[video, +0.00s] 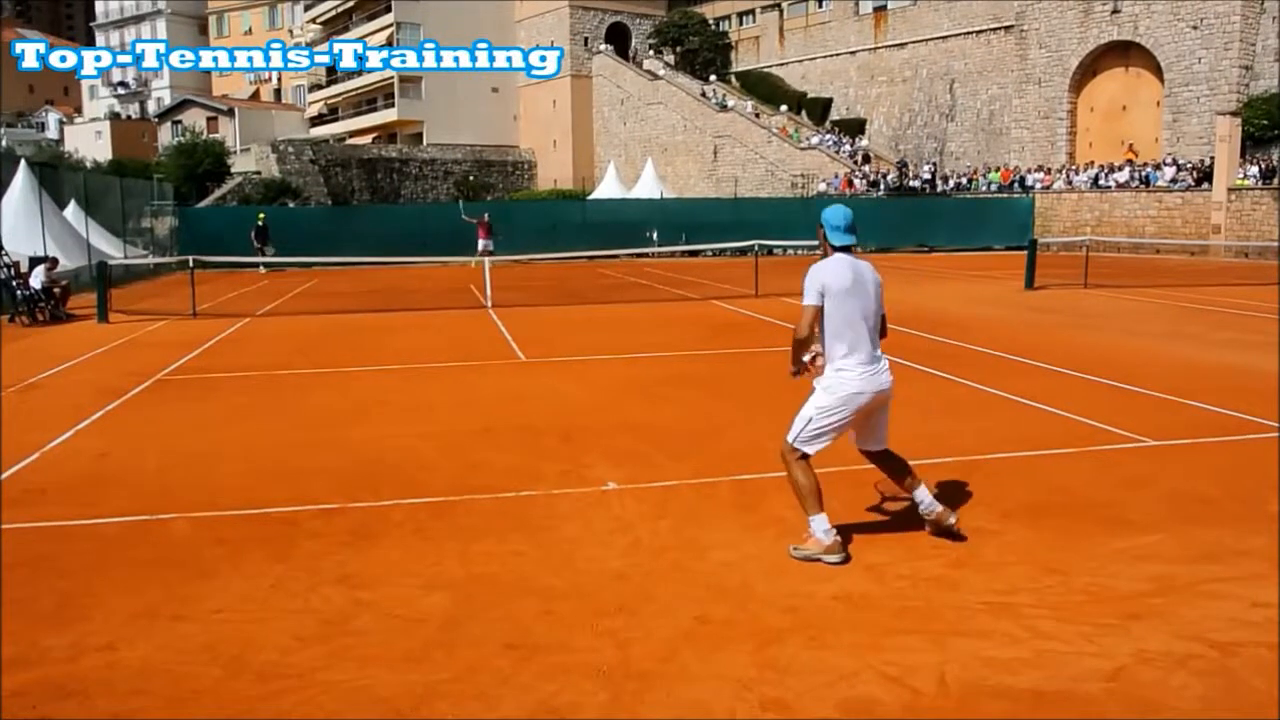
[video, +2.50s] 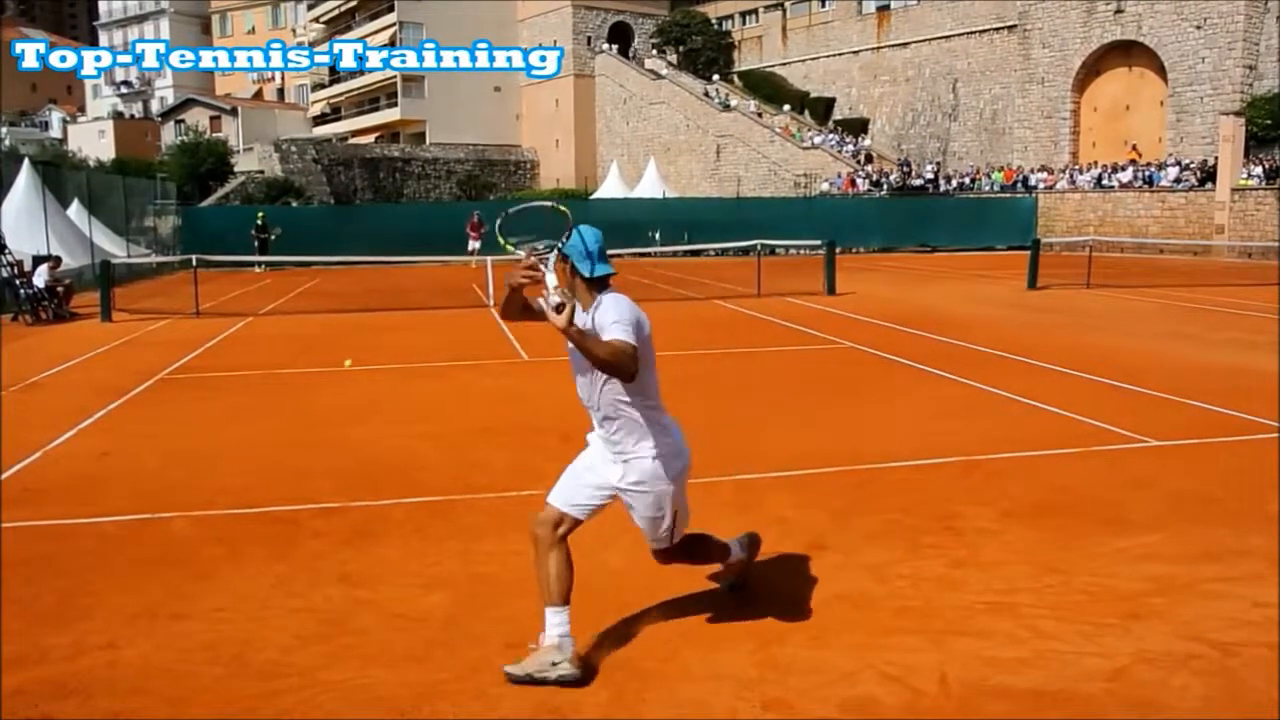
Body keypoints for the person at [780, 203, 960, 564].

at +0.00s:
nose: (820, 238)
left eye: (820, 233)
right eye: (824, 232)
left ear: (823, 236)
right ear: (854, 236)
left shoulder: (819, 272)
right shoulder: (870, 272)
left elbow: (805, 332)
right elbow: (879, 331)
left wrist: (796, 361)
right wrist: (829, 352)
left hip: (843, 383)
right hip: (879, 378)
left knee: (793, 450)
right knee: (874, 448)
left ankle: (824, 537)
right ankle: (933, 508)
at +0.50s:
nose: (785, 237)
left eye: (786, 233)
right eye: (789, 232)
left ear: (790, 237)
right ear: (820, 235)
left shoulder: (798, 273)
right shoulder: (835, 270)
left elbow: (787, 333)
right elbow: (824, 331)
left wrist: (762, 364)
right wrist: (784, 355)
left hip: (835, 387)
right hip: (861, 380)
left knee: (779, 460)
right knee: (816, 447)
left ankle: (818, 535)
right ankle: (864, 509)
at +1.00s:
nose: (740, 252)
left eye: (741, 247)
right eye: (743, 246)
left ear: (747, 252)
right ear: (774, 250)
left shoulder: (783, 290)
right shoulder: (763, 292)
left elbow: (780, 347)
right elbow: (755, 343)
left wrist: (726, 367)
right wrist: (718, 357)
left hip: (807, 406)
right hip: (790, 403)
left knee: (739, 482)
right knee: (783, 471)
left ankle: (780, 552)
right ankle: (836, 526)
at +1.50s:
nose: (691, 257)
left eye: (693, 251)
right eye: (694, 251)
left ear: (698, 255)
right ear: (728, 253)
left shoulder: (746, 296)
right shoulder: (702, 294)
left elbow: (750, 348)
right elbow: (677, 343)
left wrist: (682, 357)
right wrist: (649, 341)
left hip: (758, 418)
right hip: (725, 414)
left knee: (718, 514)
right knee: (731, 490)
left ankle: (767, 565)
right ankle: (794, 511)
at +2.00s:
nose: (623, 262)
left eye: (625, 256)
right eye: (625, 257)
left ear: (633, 261)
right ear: (660, 259)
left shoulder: (680, 301)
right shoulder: (632, 298)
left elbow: (681, 352)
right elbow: (579, 325)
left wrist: (617, 331)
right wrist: (573, 301)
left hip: (708, 433)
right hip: (665, 424)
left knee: (705, 529)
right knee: (617, 502)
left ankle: (761, 561)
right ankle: (664, 586)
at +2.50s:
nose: (555, 273)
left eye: (558, 265)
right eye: (556, 266)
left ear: (569, 270)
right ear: (588, 268)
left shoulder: (617, 309)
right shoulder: (573, 308)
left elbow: (625, 364)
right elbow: (513, 312)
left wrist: (572, 333)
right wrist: (515, 285)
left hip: (649, 454)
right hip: (606, 448)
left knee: (667, 548)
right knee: (547, 528)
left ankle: (738, 552)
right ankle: (557, 648)